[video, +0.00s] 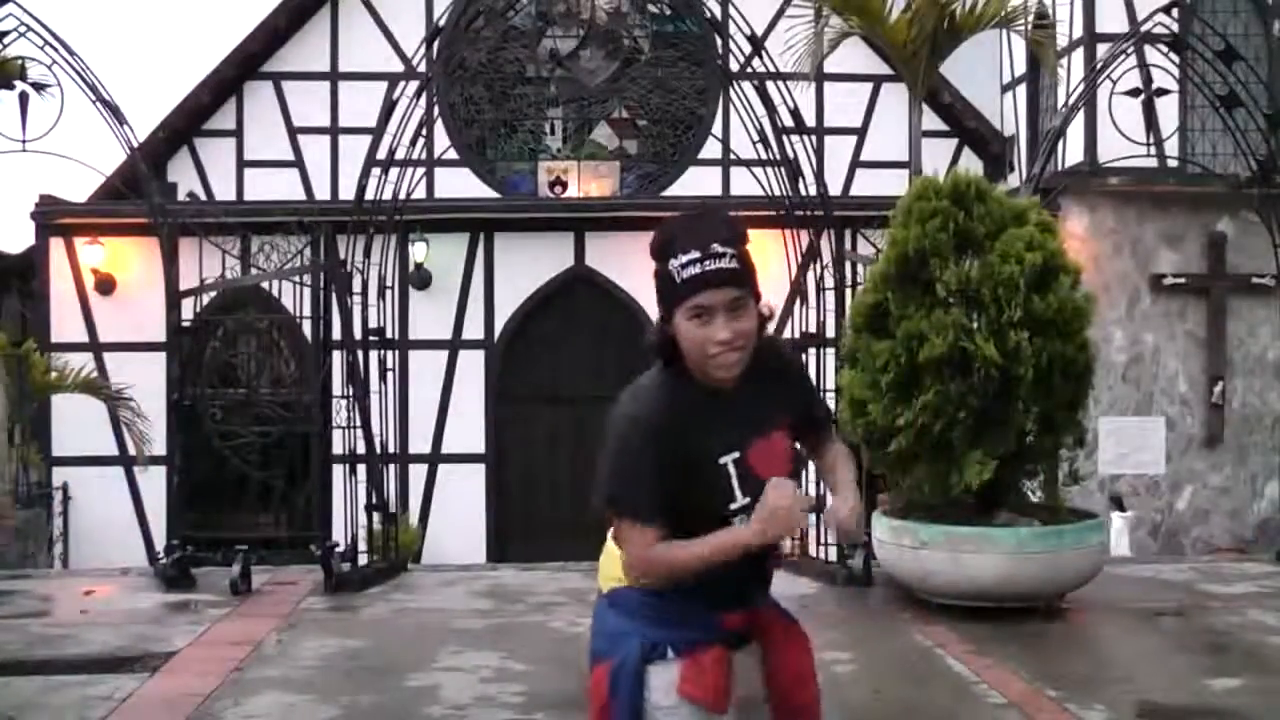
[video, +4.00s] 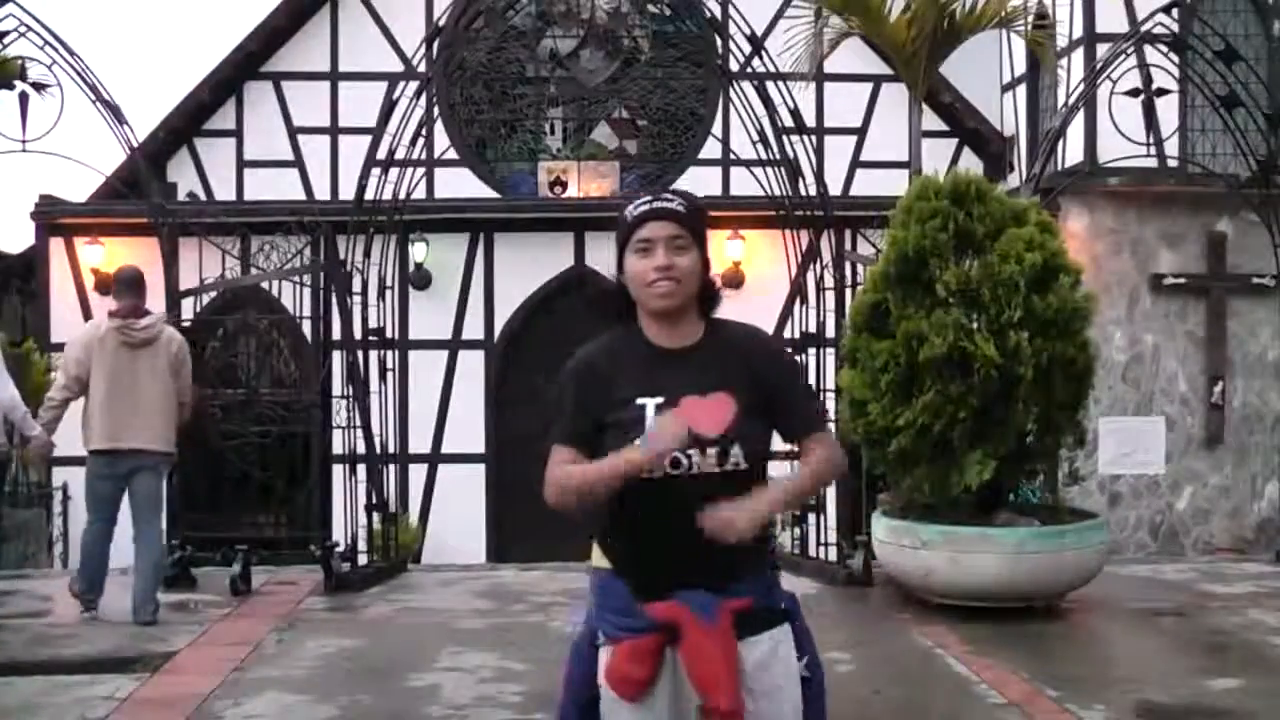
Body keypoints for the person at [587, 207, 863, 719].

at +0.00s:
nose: (724, 332)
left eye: (736, 310)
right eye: (701, 316)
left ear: (758, 308)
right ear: (671, 324)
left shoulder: (775, 370)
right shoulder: (645, 413)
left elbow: (825, 440)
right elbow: (641, 563)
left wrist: (845, 494)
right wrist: (753, 532)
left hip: (748, 611)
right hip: (662, 622)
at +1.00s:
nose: (783, 272)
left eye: (799, 258)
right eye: (767, 261)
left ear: (825, 276)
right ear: (748, 283)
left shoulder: (859, 377)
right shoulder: (716, 356)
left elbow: (899, 490)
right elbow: (650, 459)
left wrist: (819, 518)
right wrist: (712, 432)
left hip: (817, 601)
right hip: (709, 596)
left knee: (822, 709)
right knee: (685, 709)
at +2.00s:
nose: (648, 270)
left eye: (667, 253)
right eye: (633, 257)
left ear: (701, 266)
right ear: (619, 273)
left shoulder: (745, 364)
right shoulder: (610, 361)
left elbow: (796, 488)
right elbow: (561, 481)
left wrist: (688, 549)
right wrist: (568, 451)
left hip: (728, 606)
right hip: (625, 606)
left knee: (752, 709)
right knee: (592, 711)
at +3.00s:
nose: (708, 299)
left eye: (731, 278)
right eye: (690, 280)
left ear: (771, 292)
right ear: (673, 296)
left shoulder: (822, 413)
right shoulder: (675, 381)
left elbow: (860, 563)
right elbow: (621, 473)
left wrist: (743, 634)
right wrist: (620, 489)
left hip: (796, 676)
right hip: (684, 663)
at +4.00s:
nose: (662, 263)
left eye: (678, 247)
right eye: (644, 250)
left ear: (704, 263)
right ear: (623, 269)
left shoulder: (755, 353)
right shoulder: (595, 366)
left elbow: (826, 453)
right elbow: (557, 487)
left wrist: (761, 505)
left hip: (745, 603)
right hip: (632, 608)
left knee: (782, 709)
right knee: (627, 708)